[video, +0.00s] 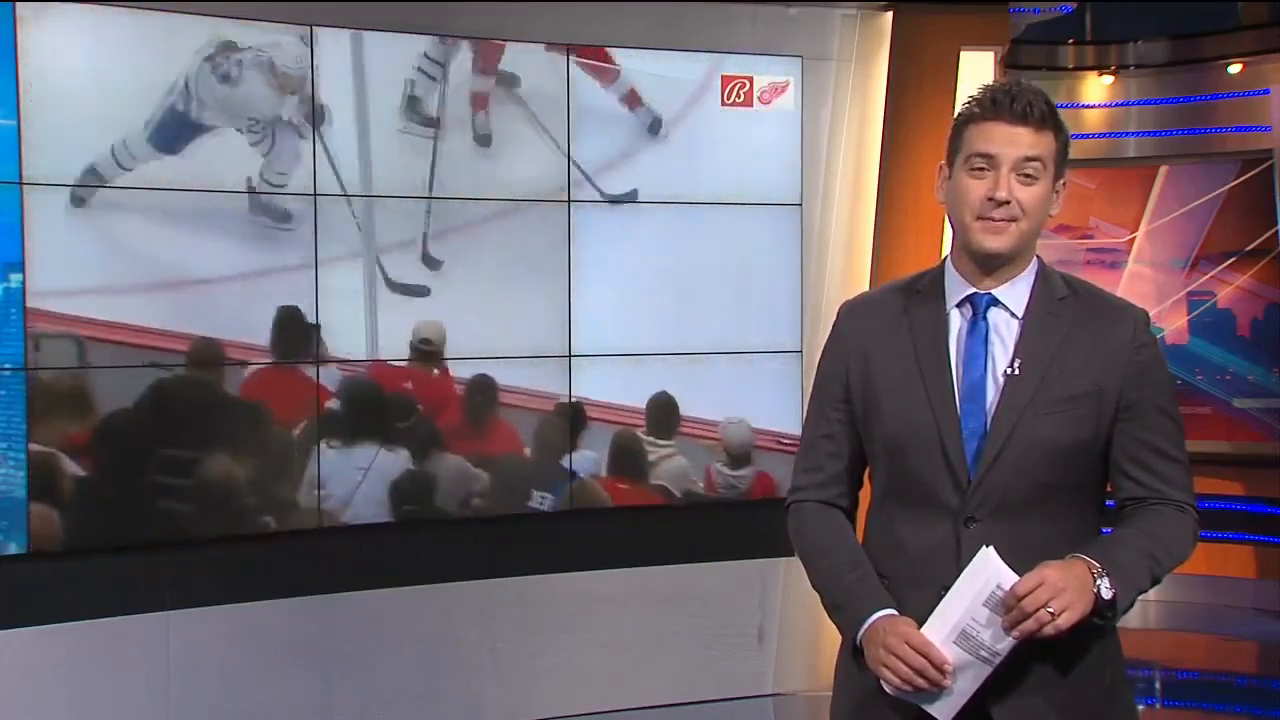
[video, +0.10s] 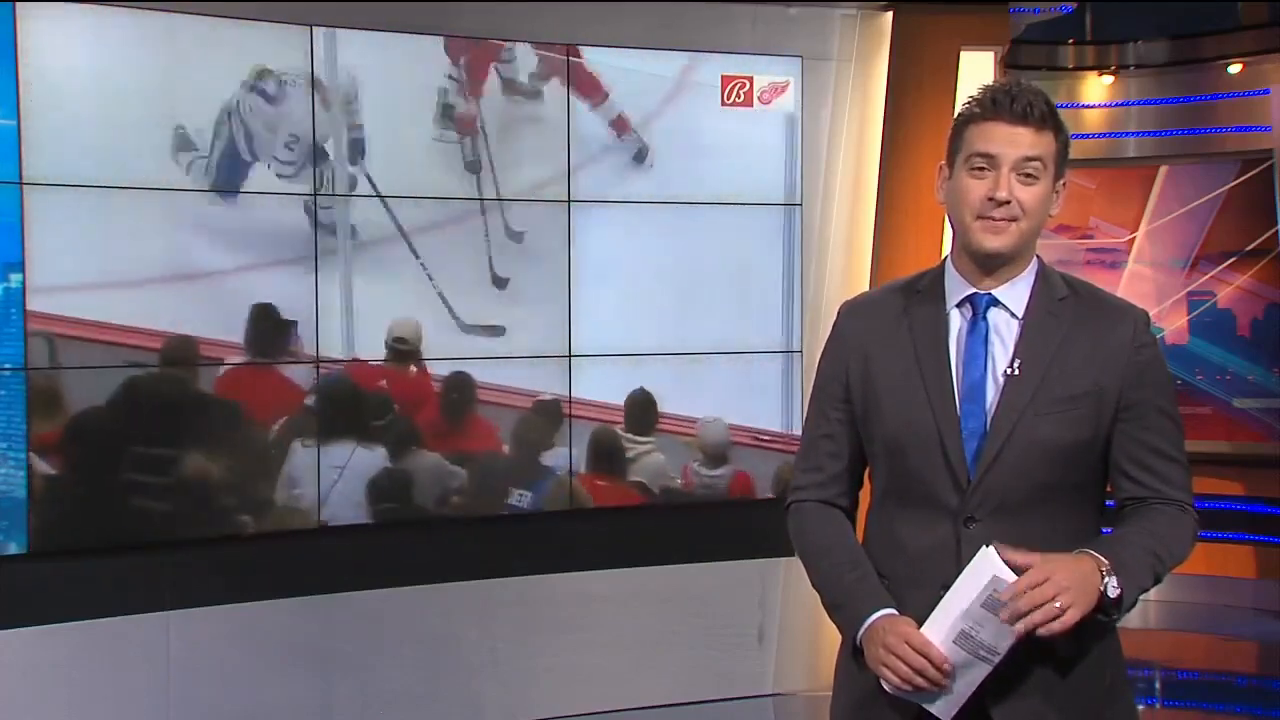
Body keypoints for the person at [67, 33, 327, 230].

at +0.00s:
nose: (295, 85)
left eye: (300, 80)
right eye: (293, 78)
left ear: (303, 78)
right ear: (279, 69)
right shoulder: (242, 77)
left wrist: (309, 114)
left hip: (254, 114)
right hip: (200, 100)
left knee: (288, 151)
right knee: (151, 145)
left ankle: (264, 199)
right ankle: (96, 175)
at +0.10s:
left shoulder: (336, 91)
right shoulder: (300, 121)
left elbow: (348, 84)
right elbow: (286, 172)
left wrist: (355, 134)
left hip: (290, 141)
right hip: (241, 128)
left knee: (342, 182)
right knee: (221, 194)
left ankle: (323, 215)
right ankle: (184, 152)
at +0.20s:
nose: (360, 129)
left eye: (365, 122)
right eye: (354, 122)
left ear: (371, 120)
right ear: (340, 116)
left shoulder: (365, 125)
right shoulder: (314, 137)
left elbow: (374, 161)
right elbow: (278, 186)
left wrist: (386, 198)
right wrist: (290, 233)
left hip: (322, 154)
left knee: (360, 202)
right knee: (278, 220)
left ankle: (367, 233)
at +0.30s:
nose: (353, 166)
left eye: (357, 160)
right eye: (347, 160)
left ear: (365, 153)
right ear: (332, 154)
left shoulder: (374, 159)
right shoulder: (297, 162)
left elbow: (397, 208)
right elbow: (261, 208)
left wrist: (415, 252)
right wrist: (254, 255)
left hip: (340, 189)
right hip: (296, 196)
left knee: (369, 217)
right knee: (308, 244)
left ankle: (410, 256)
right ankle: (323, 302)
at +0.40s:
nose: (331, 192)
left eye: (338, 185)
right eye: (324, 185)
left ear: (348, 175)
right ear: (310, 178)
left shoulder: (364, 186)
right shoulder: (282, 188)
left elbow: (403, 219)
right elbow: (247, 238)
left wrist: (434, 255)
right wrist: (238, 288)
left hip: (343, 218)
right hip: (289, 226)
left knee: (375, 245)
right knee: (286, 273)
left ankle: (425, 283)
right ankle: (303, 324)